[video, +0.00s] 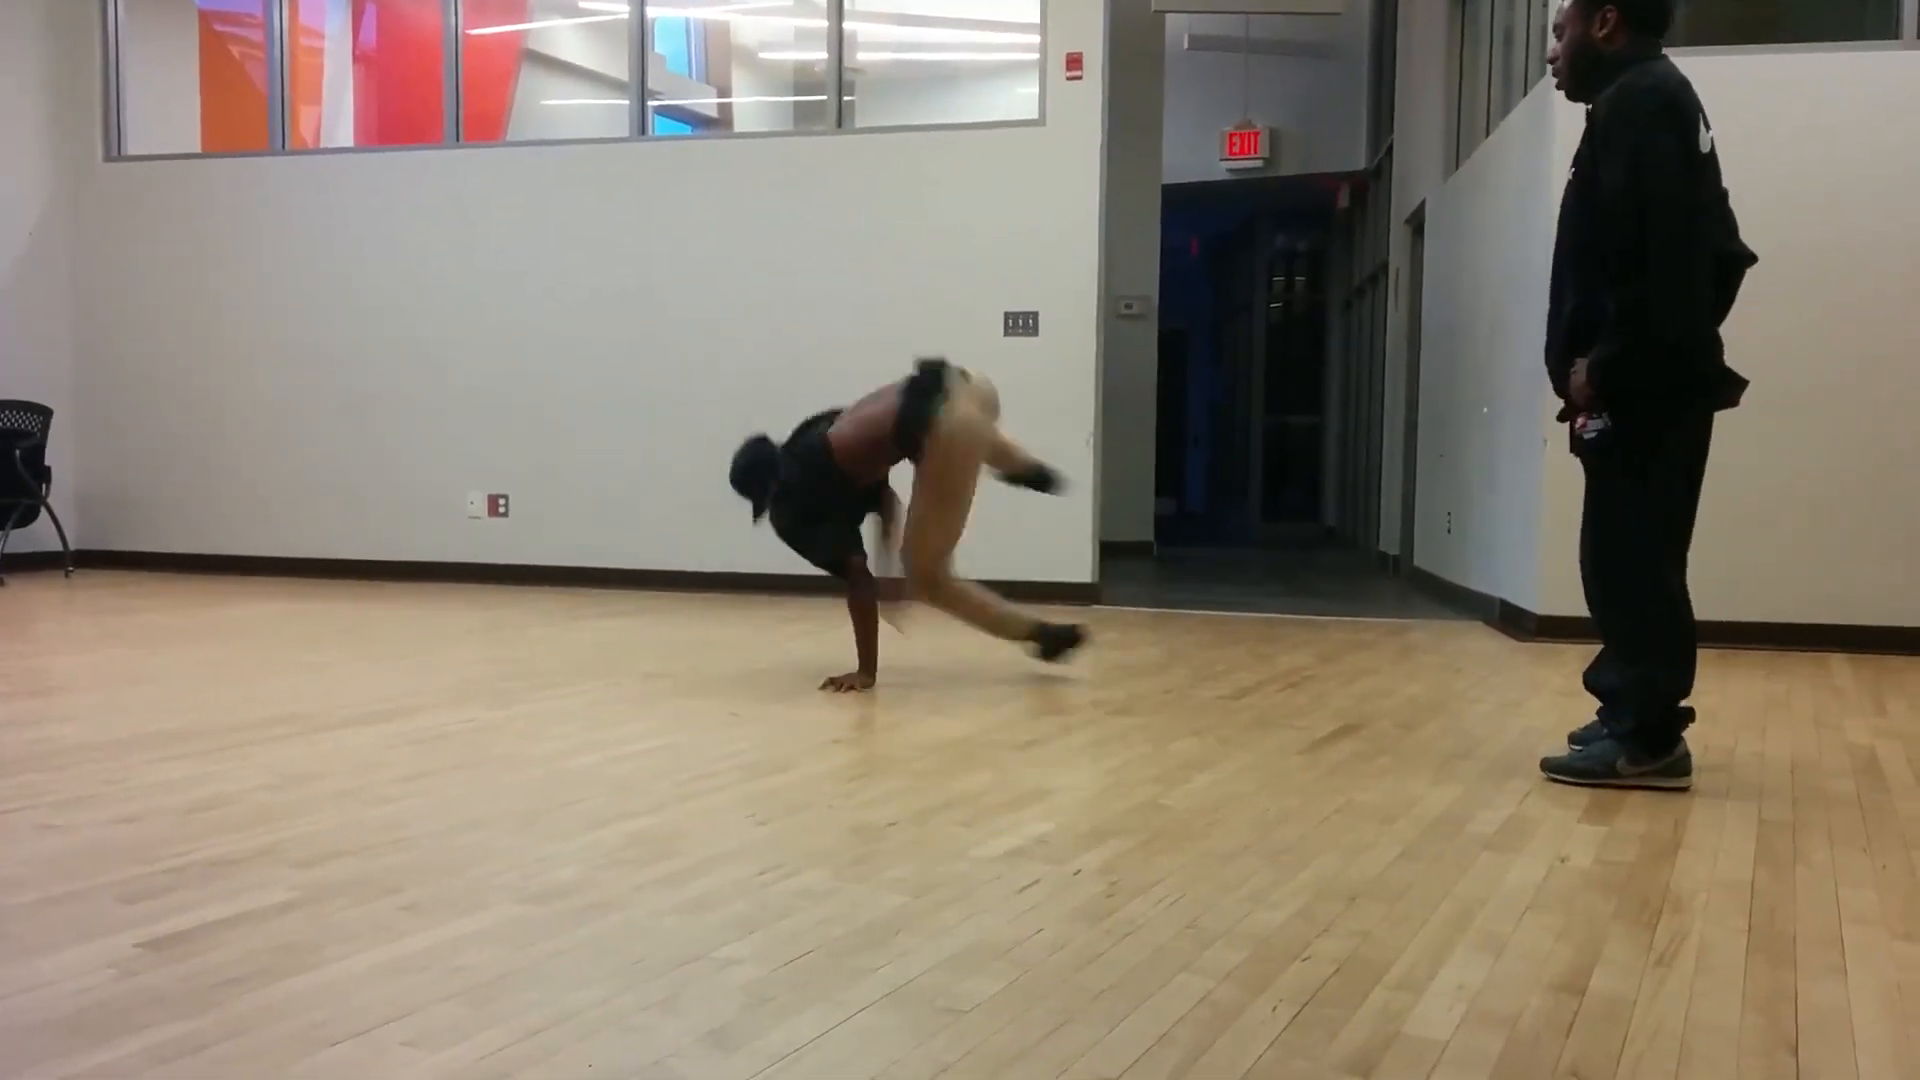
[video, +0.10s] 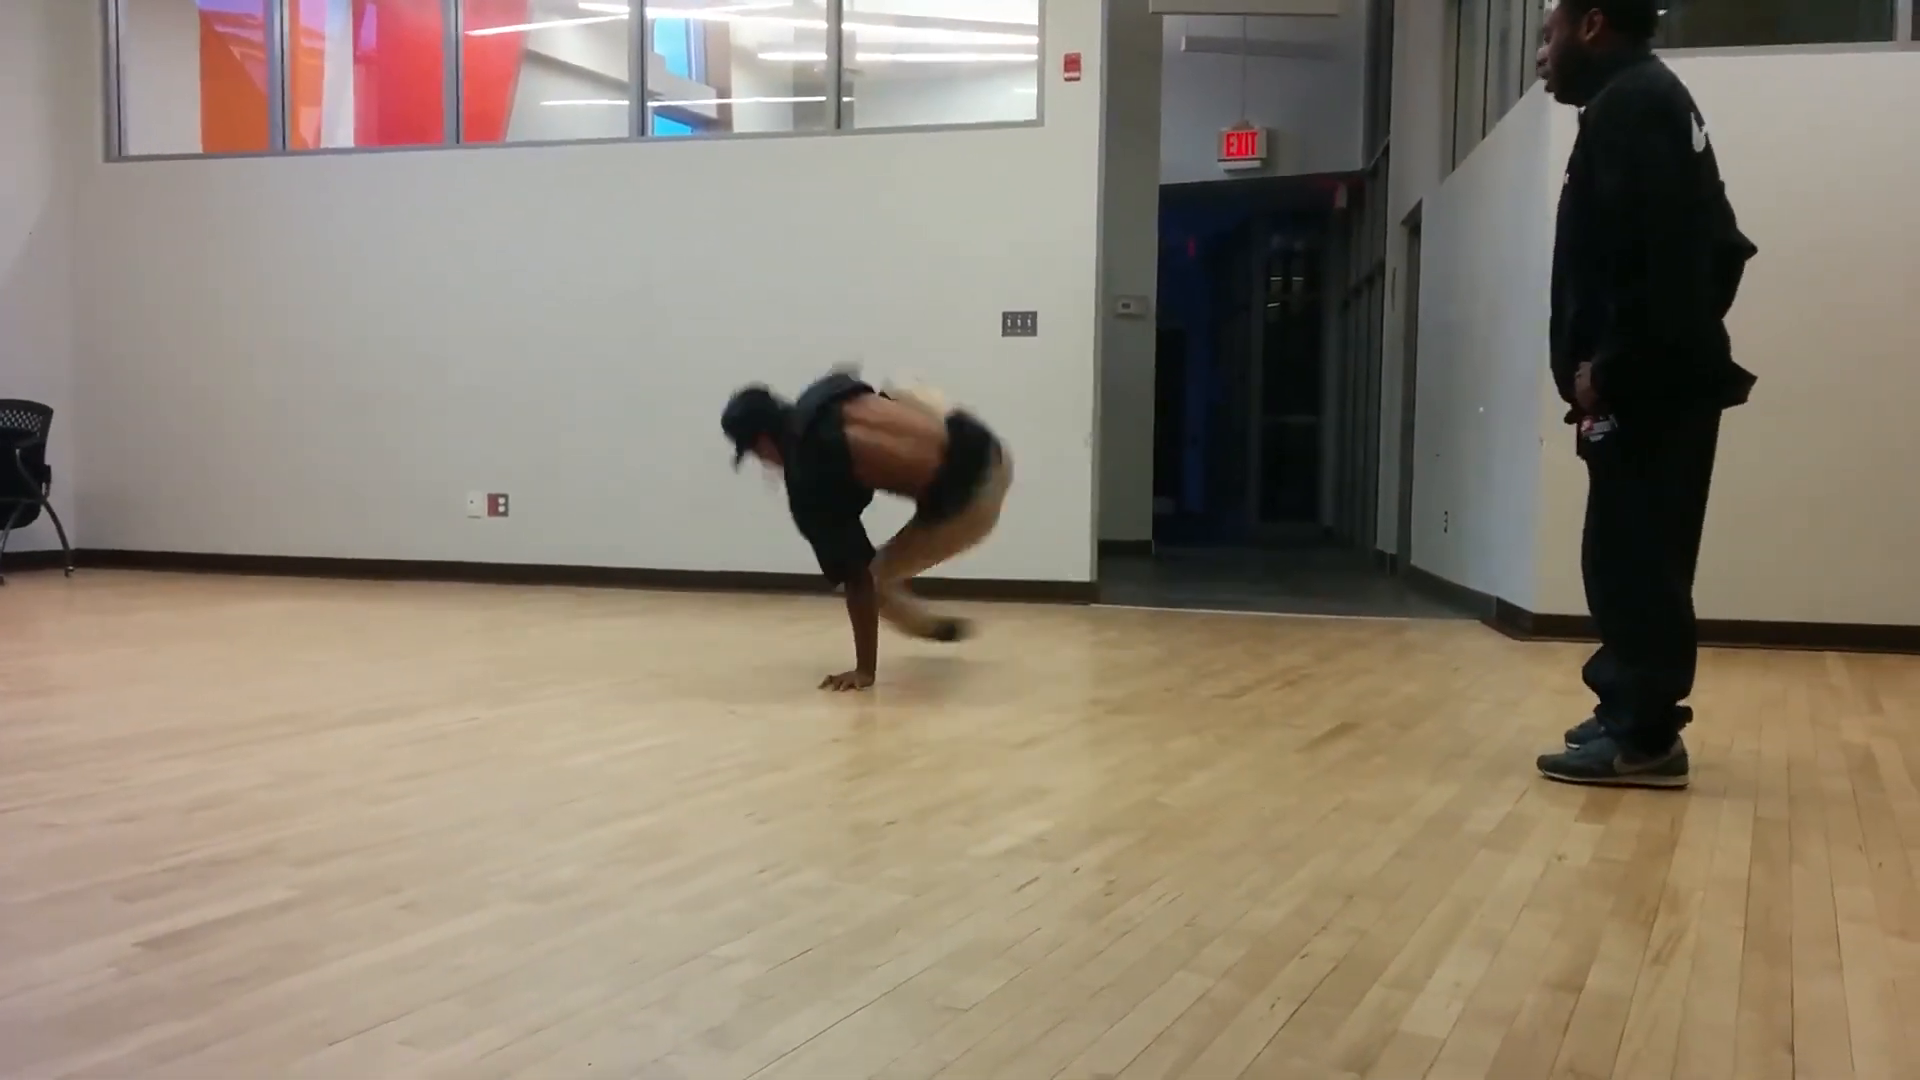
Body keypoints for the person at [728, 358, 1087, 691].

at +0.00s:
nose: (754, 498)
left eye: (751, 493)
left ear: (753, 491)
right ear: (773, 451)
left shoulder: (789, 513)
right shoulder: (808, 441)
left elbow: (859, 579)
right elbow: (888, 500)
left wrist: (865, 672)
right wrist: (885, 574)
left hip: (947, 431)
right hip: (963, 382)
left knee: (928, 580)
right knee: (971, 429)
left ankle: (1045, 636)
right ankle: (1033, 472)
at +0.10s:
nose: (760, 458)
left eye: (754, 448)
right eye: (753, 450)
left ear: (762, 440)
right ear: (779, 407)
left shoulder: (809, 484)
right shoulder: (824, 392)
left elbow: (861, 579)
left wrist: (865, 671)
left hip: (967, 504)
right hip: (984, 446)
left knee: (877, 580)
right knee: (899, 393)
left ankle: (937, 628)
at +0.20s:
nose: (780, 428)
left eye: (778, 419)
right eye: (775, 421)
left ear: (794, 414)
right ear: (808, 384)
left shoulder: (824, 470)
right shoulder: (851, 362)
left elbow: (862, 577)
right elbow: (929, 324)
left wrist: (864, 670)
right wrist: (876, 325)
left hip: (925, 555)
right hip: (967, 500)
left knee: (790, 576)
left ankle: (777, 625)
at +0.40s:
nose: (900, 409)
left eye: (906, 401)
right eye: (903, 399)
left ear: (920, 408)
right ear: (950, 404)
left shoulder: (892, 474)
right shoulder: (988, 475)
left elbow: (874, 586)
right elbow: (965, 581)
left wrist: (859, 673)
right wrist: (958, 665)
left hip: (845, 549)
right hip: (889, 528)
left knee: (751, 455)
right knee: (834, 461)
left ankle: (620, 434)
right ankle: (777, 454)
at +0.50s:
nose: (934, 397)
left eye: (941, 390)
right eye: (939, 388)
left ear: (959, 401)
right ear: (981, 406)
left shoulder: (928, 468)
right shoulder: (1000, 479)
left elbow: (899, 571)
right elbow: (960, 578)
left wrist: (816, 623)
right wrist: (951, 665)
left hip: (840, 561)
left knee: (789, 397)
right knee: (787, 526)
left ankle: (660, 328)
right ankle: (690, 600)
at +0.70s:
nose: (841, 458)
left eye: (847, 446)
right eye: (840, 450)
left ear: (868, 427)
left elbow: (832, 479)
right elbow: (959, 583)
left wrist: (757, 511)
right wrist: (953, 664)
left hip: (913, 472)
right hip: (949, 523)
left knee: (770, 491)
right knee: (887, 648)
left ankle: (624, 526)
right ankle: (835, 664)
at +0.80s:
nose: (895, 544)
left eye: (895, 544)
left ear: (888, 536)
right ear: (925, 534)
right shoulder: (954, 508)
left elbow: (856, 580)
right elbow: (958, 578)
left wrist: (847, 668)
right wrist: (954, 664)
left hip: (869, 453)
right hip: (934, 451)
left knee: (802, 589)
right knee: (1033, 566)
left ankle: (735, 627)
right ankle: (979, 600)